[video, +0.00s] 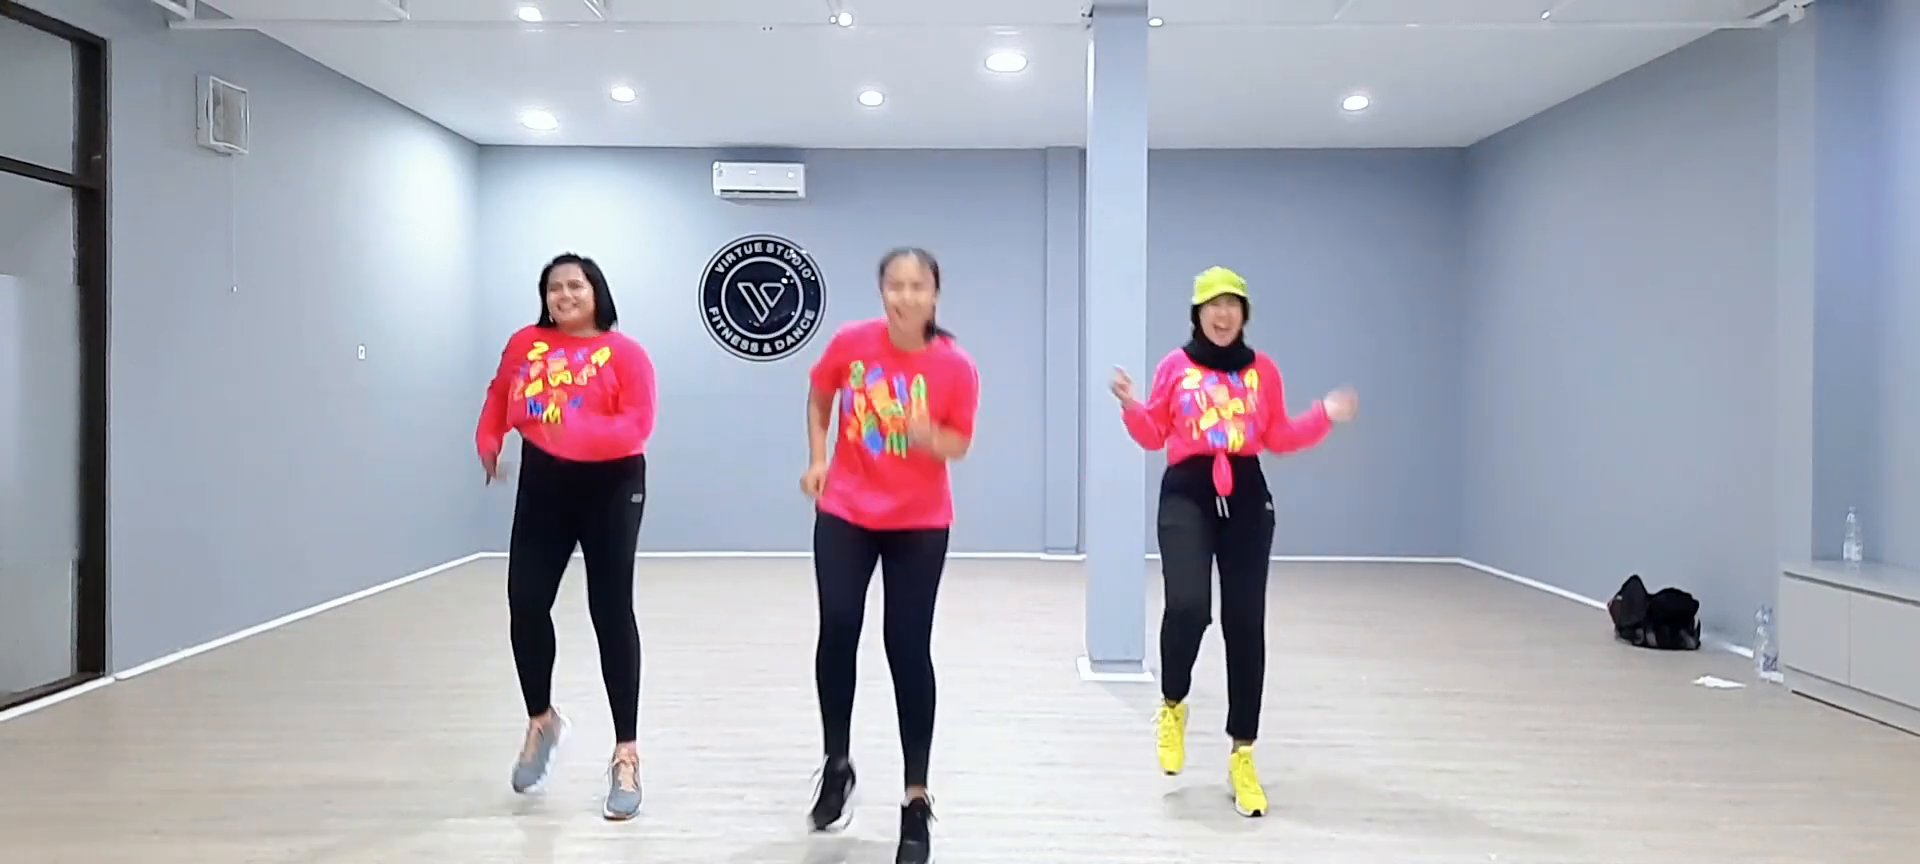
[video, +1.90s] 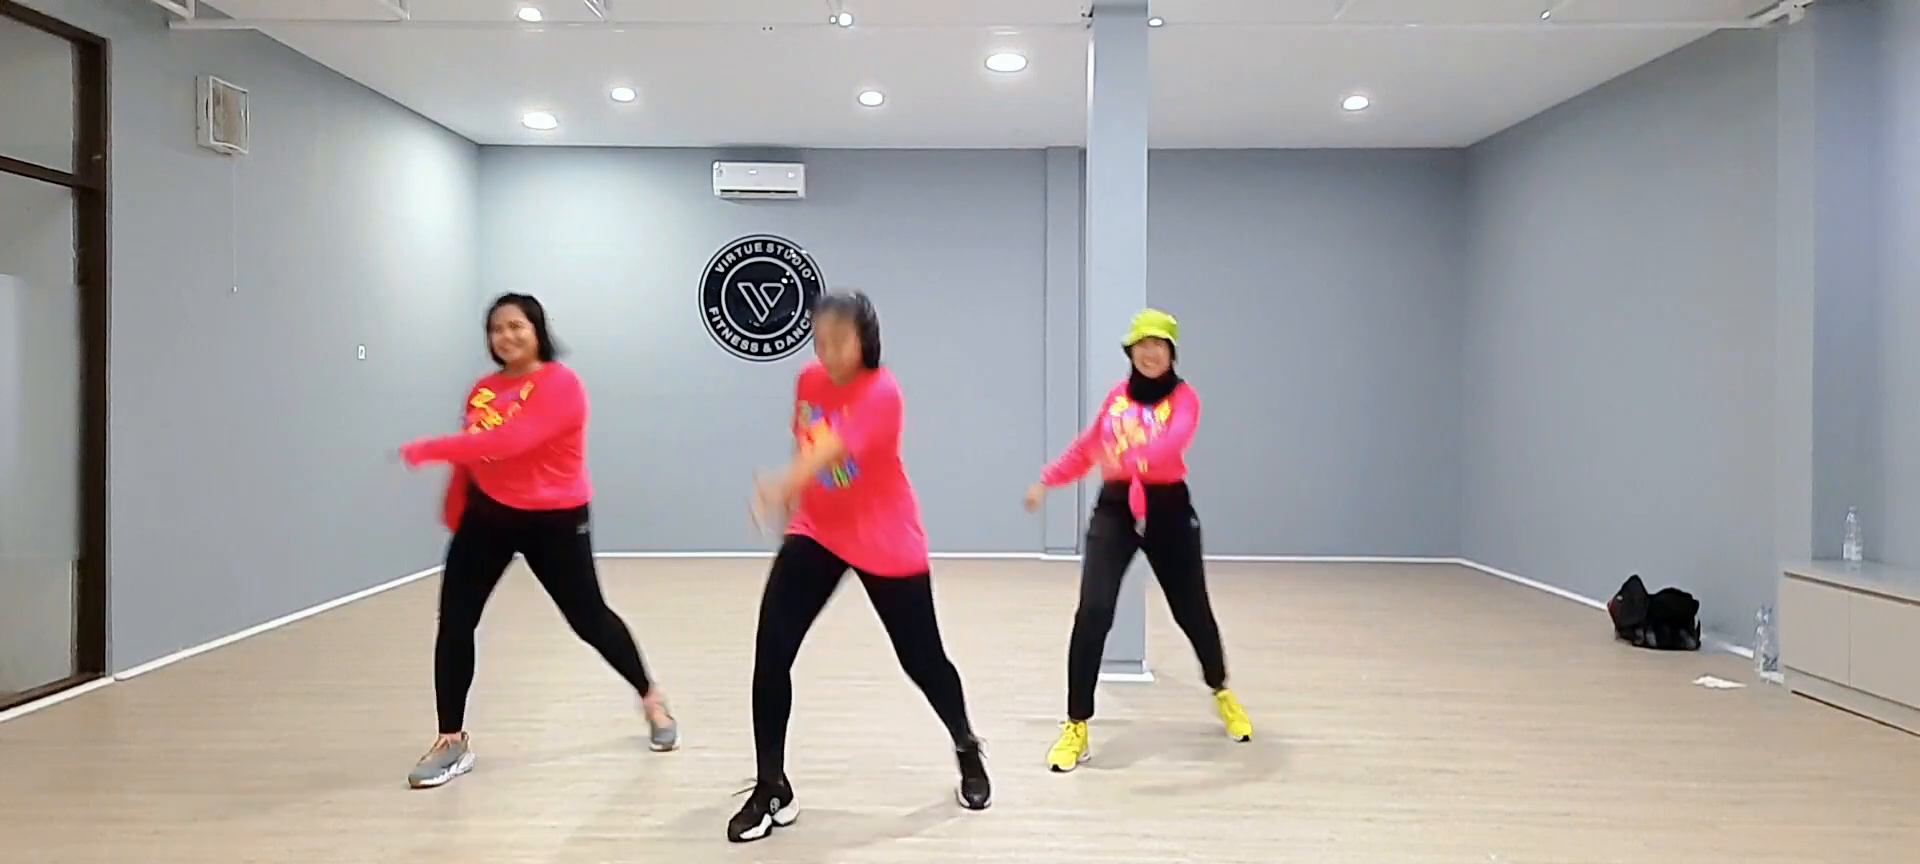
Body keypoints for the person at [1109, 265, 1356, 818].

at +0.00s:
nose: (1224, 316)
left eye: (1232, 306)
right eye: (1214, 306)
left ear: (1245, 313)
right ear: (1198, 312)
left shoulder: (1263, 370)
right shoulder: (1176, 365)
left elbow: (1278, 437)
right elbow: (1154, 436)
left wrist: (1325, 415)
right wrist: (1129, 404)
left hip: (1246, 496)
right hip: (1186, 493)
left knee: (1246, 626)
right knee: (1187, 609)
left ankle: (1243, 754)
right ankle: (1173, 710)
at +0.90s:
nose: (1186, 314)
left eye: (1193, 306)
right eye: (1177, 307)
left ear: (1205, 312)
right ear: (1164, 314)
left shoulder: (1226, 357)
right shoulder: (1148, 360)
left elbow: (1250, 398)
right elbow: (1134, 415)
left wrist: (1261, 416)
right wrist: (1117, 447)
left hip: (1214, 474)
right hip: (1160, 476)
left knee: (1210, 587)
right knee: (1172, 583)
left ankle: (1211, 701)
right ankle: (1175, 684)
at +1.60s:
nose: (1198, 356)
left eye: (1206, 349)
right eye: (1190, 349)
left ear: (1218, 355)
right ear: (1176, 355)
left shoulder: (1234, 404)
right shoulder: (1154, 399)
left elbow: (1258, 448)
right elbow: (1134, 451)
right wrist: (1131, 498)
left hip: (1217, 502)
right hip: (1165, 502)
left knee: (1228, 604)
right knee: (1151, 592)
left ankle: (1236, 699)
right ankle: (1147, 684)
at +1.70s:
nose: (1187, 364)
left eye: (1195, 356)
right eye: (1179, 356)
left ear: (1208, 362)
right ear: (1165, 362)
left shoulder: (1220, 415)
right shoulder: (1146, 405)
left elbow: (1236, 483)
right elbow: (1124, 455)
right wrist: (1107, 503)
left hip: (1209, 513)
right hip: (1157, 512)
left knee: (1218, 616)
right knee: (1133, 595)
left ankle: (1235, 704)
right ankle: (1105, 697)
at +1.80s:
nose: (1171, 368)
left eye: (1180, 360)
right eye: (1163, 360)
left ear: (1193, 368)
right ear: (1150, 366)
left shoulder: (1203, 421)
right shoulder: (1135, 410)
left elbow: (1194, 483)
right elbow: (1111, 461)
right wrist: (1078, 502)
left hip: (1192, 522)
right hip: (1139, 521)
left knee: (1209, 626)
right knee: (1114, 618)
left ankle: (1234, 704)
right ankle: (1079, 723)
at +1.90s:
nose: (1152, 353)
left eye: (1160, 345)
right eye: (1144, 345)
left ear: (1173, 353)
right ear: (1130, 351)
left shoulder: (1183, 398)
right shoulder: (1117, 399)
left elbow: (1173, 444)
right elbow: (1087, 447)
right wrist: (1047, 480)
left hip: (1168, 508)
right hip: (1116, 508)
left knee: (1193, 612)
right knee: (1092, 613)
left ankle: (1222, 693)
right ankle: (1076, 726)